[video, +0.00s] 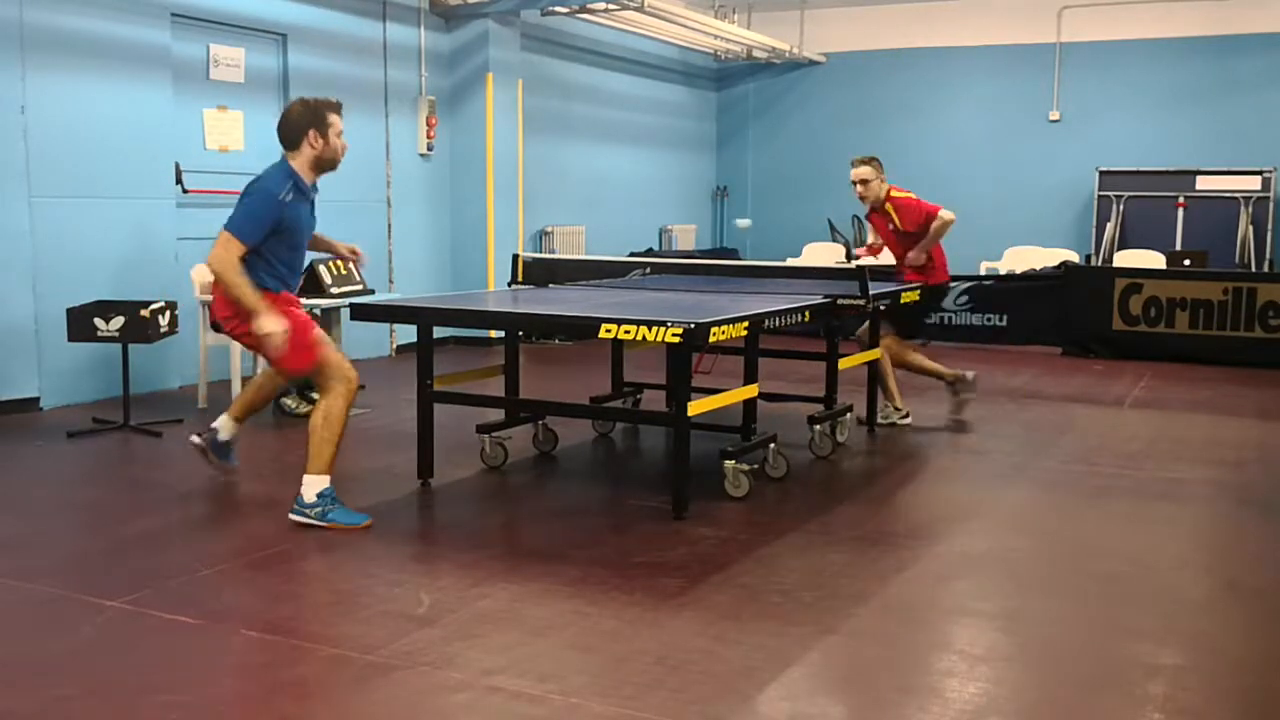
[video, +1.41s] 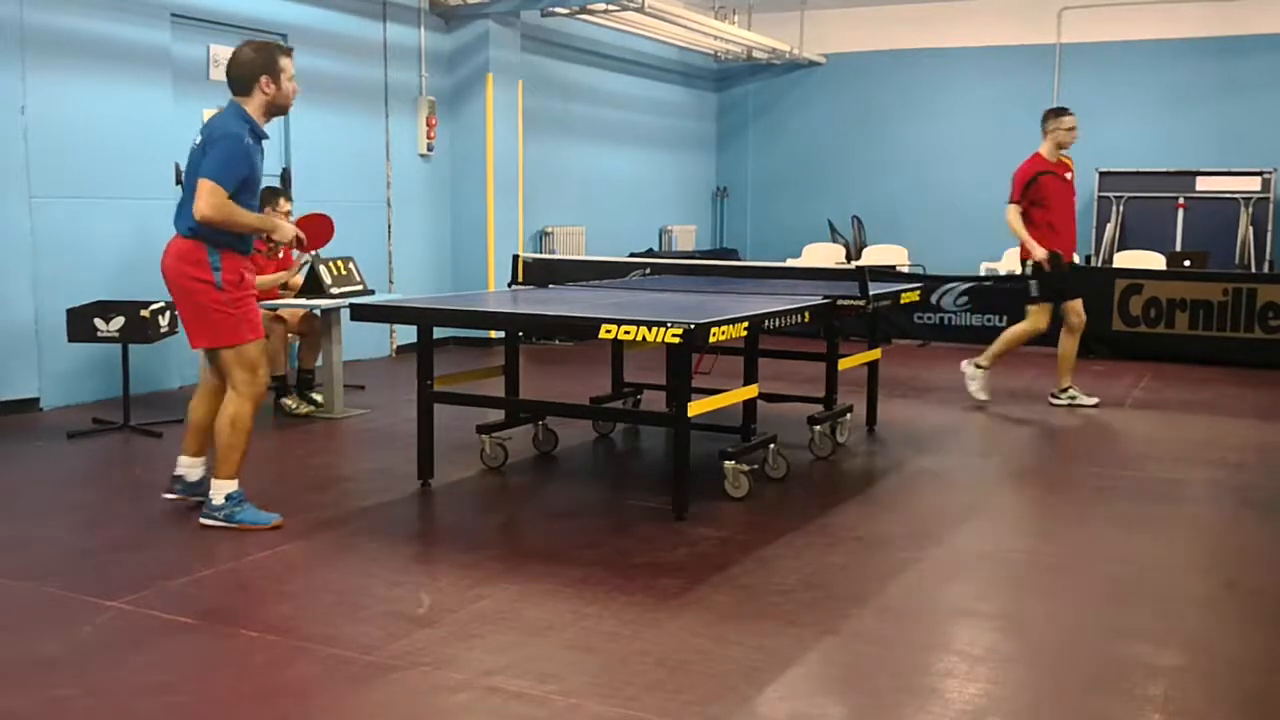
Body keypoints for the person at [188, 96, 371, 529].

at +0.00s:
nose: (344, 145)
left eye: (343, 135)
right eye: (339, 135)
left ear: (311, 141)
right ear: (313, 140)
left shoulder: (304, 186)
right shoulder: (272, 188)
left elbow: (291, 236)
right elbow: (221, 258)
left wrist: (334, 247)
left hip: (274, 298)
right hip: (248, 302)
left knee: (290, 364)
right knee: (342, 379)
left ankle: (219, 433)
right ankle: (313, 496)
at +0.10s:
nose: (348, 167)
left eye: (347, 158)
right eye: (342, 159)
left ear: (317, 165)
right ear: (316, 165)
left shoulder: (317, 205)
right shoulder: (265, 206)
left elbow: (334, 239)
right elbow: (194, 261)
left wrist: (373, 255)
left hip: (276, 308)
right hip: (243, 310)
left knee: (301, 384)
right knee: (330, 380)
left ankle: (263, 447)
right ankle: (311, 497)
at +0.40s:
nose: (346, 167)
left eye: (344, 159)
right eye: (338, 159)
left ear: (314, 165)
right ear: (308, 163)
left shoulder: (328, 207)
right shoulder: (258, 206)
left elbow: (351, 231)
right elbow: (207, 255)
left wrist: (379, 248)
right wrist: (193, 288)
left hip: (272, 299)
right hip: (234, 295)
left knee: (310, 368)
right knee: (281, 375)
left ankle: (265, 449)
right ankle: (290, 486)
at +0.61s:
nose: (325, 152)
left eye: (325, 144)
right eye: (318, 144)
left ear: (283, 149)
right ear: (289, 146)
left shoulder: (246, 181)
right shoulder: (297, 182)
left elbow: (254, 246)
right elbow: (337, 213)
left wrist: (305, 273)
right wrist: (330, 202)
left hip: (230, 300)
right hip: (274, 300)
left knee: (279, 357)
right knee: (304, 407)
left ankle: (263, 447)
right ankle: (267, 484)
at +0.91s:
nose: (325, 120)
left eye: (324, 112)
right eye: (319, 112)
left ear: (285, 115)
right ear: (291, 114)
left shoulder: (250, 151)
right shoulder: (278, 152)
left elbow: (216, 209)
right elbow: (293, 218)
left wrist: (269, 222)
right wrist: (322, 218)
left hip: (224, 262)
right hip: (250, 262)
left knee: (271, 361)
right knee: (292, 366)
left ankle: (264, 446)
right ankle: (283, 481)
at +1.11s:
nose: (322, 123)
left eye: (320, 114)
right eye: (315, 115)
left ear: (287, 118)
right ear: (288, 118)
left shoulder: (276, 163)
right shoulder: (249, 162)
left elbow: (259, 228)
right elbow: (225, 230)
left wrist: (281, 263)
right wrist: (285, 243)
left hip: (246, 278)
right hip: (223, 279)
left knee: (273, 366)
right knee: (276, 386)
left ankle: (252, 456)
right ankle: (225, 495)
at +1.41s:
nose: (296, 87)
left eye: (294, 78)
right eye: (289, 79)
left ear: (258, 84)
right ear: (266, 84)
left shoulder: (237, 128)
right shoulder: (234, 134)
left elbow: (220, 206)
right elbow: (208, 207)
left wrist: (270, 222)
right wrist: (268, 225)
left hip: (201, 259)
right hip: (208, 262)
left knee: (217, 375)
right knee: (249, 379)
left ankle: (188, 475)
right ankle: (224, 498)